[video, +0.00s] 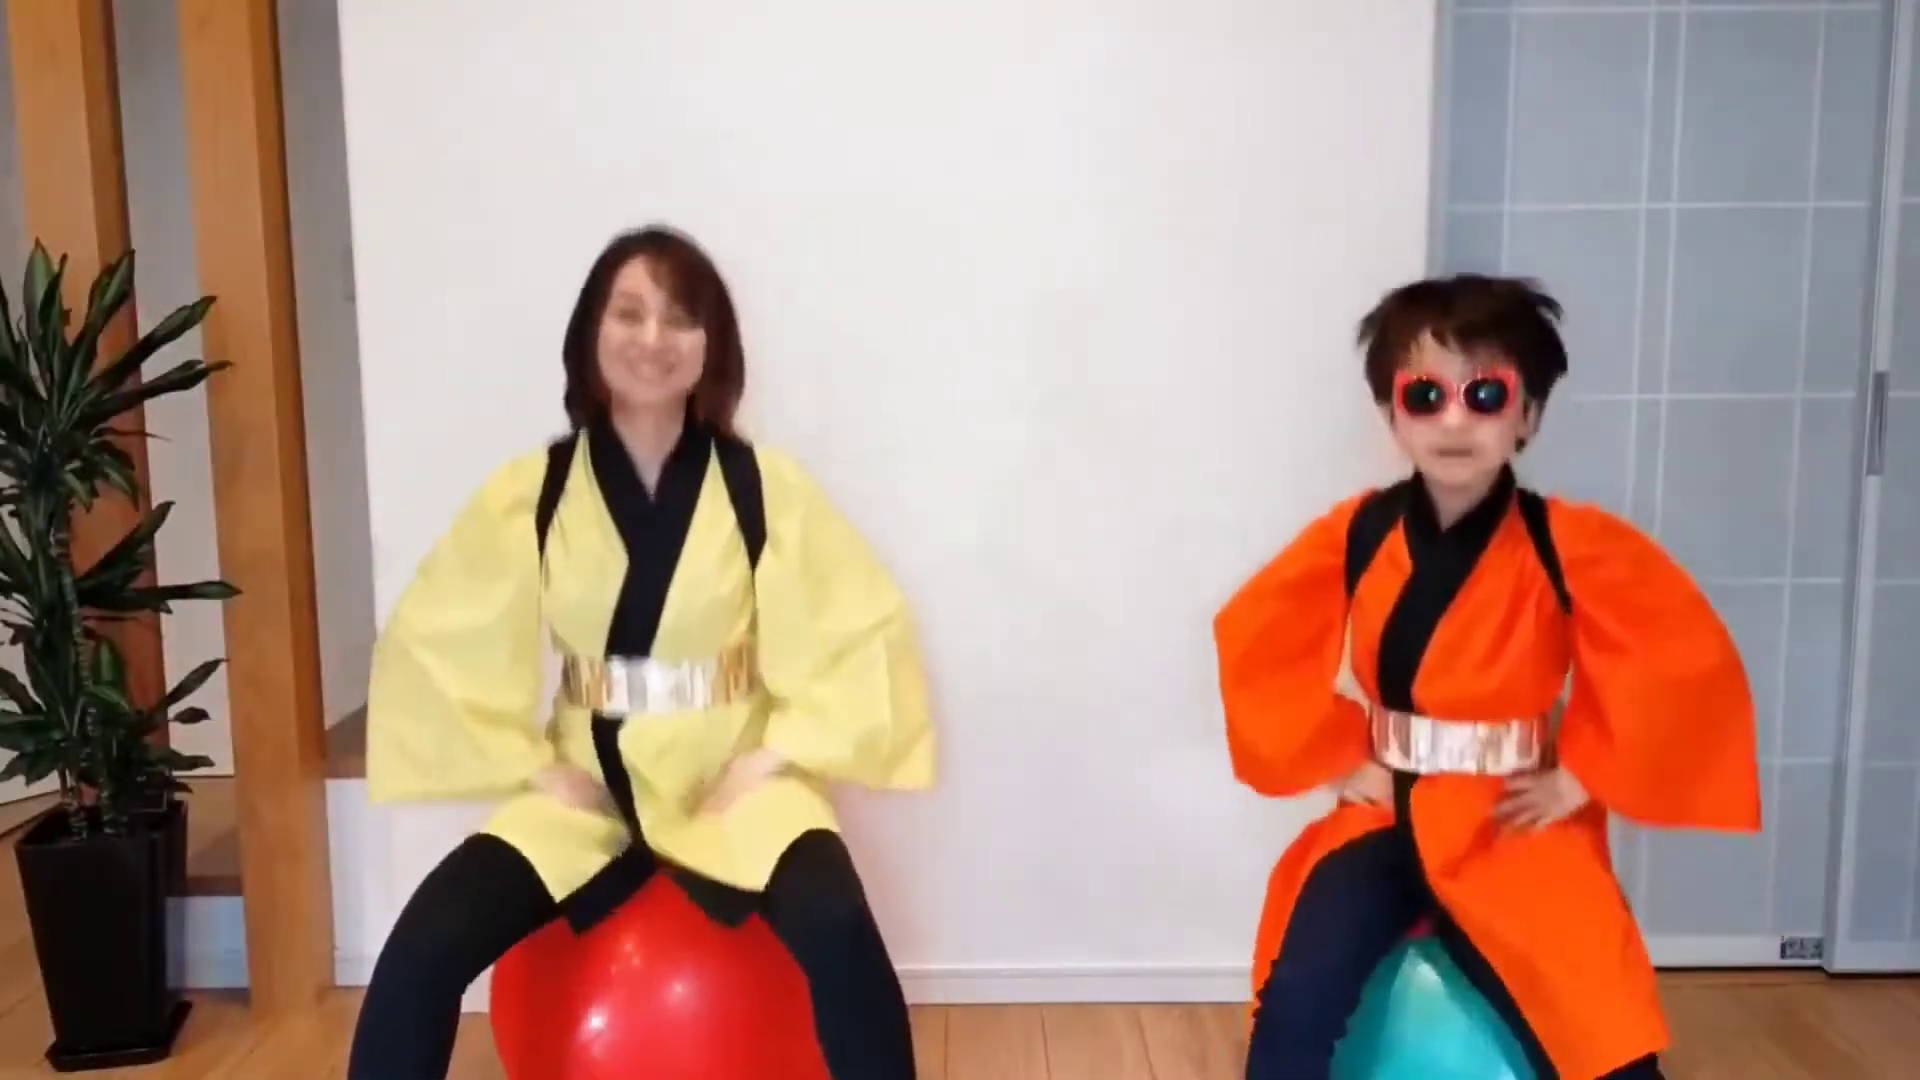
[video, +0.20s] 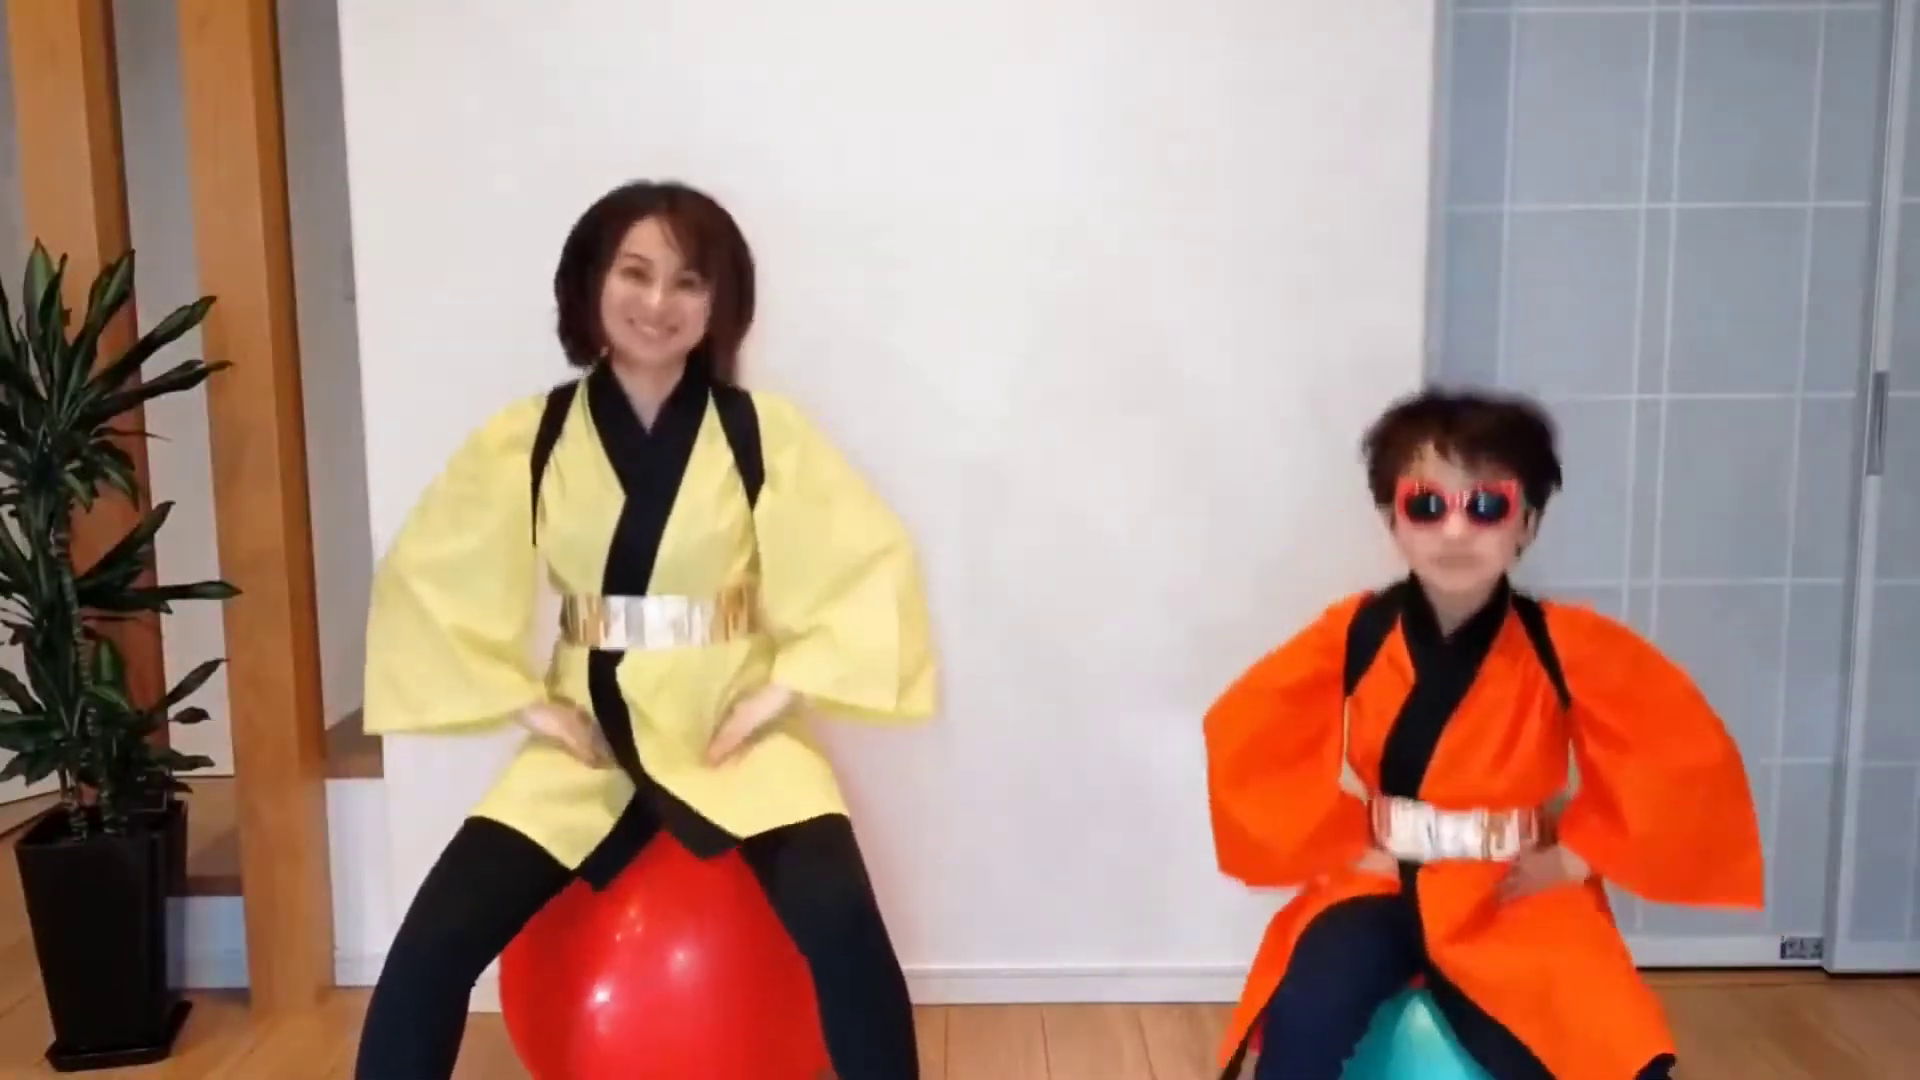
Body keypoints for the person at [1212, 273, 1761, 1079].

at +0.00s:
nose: (1453, 419)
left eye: (1485, 394)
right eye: (1424, 394)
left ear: (1526, 417)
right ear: (1390, 414)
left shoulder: (1568, 541)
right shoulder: (1357, 534)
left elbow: (1687, 659)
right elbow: (1250, 638)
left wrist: (1581, 774)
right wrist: (1339, 752)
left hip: (1521, 828)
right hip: (1384, 817)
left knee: (1615, 1032)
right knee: (1298, 998)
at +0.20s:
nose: (1455, 530)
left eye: (1486, 506)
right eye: (1426, 506)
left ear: (1525, 522)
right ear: (1392, 521)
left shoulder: (1565, 645)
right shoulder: (1357, 633)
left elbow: (1690, 762)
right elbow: (1241, 730)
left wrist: (1573, 856)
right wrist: (1343, 818)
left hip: (1512, 902)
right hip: (1377, 889)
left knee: (1618, 1054)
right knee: (1303, 1010)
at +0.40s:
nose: (1458, 499)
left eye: (1490, 473)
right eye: (1429, 473)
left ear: (1530, 495)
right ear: (1393, 491)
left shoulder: (1569, 619)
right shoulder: (1360, 603)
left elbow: (1690, 745)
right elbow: (1245, 706)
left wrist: (1571, 847)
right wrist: (1337, 821)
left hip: (1518, 885)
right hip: (1375, 874)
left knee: (1628, 1053)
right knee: (1289, 1013)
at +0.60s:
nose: (1467, 441)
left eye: (1500, 416)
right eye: (1438, 414)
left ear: (1536, 429)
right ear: (1399, 424)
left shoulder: (1573, 549)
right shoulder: (1359, 538)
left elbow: (1693, 667)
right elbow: (1242, 642)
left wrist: (1589, 776)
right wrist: (1341, 756)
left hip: (1522, 823)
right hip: (1384, 816)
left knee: (1633, 1032)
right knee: (1281, 1001)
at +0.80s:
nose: (1468, 570)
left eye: (1499, 547)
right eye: (1439, 546)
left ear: (1535, 566)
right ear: (1401, 563)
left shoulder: (1565, 686)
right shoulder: (1362, 663)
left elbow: (1682, 808)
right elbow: (1243, 755)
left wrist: (1553, 894)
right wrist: (1335, 863)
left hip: (1509, 933)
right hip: (1377, 919)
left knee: (1619, 1053)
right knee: (1325, 974)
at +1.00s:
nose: (1473, 441)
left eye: (1508, 418)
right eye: (1444, 415)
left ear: (1547, 443)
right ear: (1406, 431)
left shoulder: (1574, 567)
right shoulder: (1363, 543)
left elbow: (1685, 700)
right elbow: (1247, 646)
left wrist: (1566, 802)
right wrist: (1334, 772)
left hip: (1505, 840)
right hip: (1369, 827)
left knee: (1606, 1029)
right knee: (1296, 982)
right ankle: (1280, 1069)